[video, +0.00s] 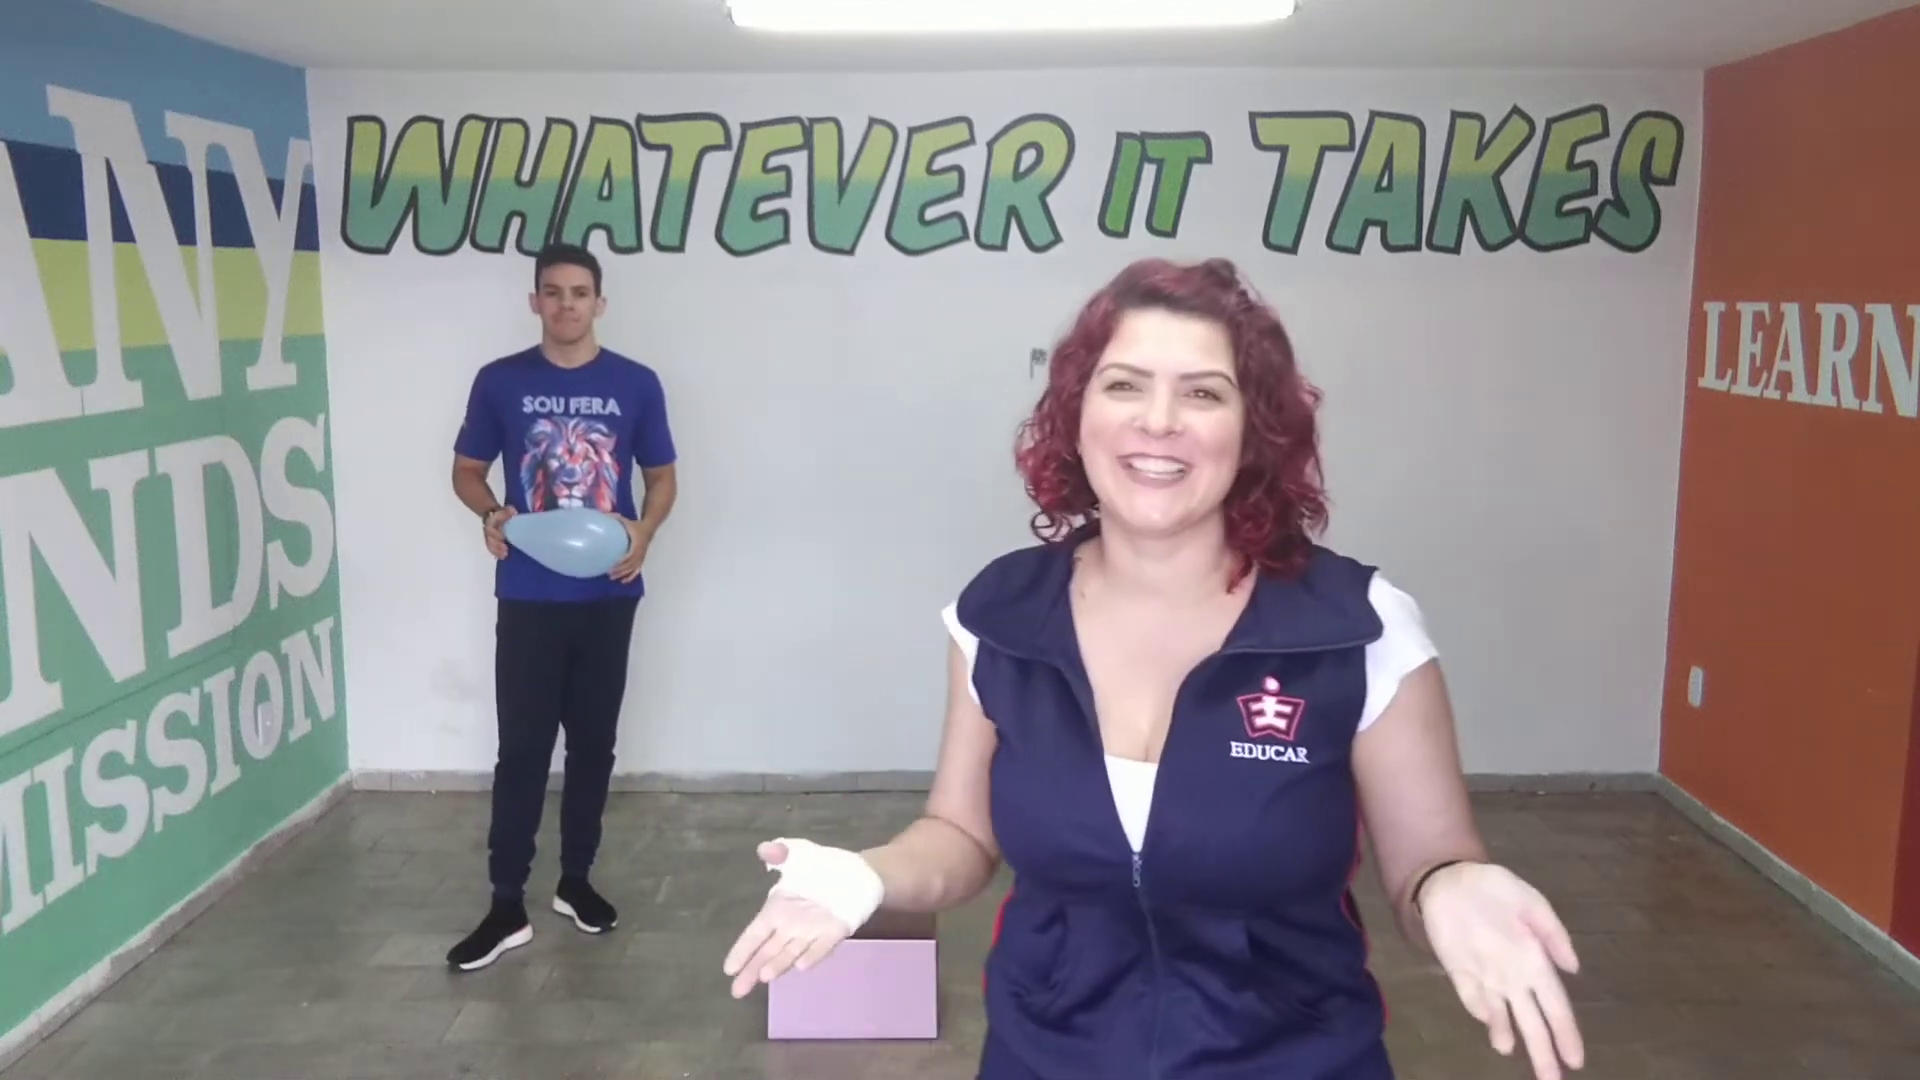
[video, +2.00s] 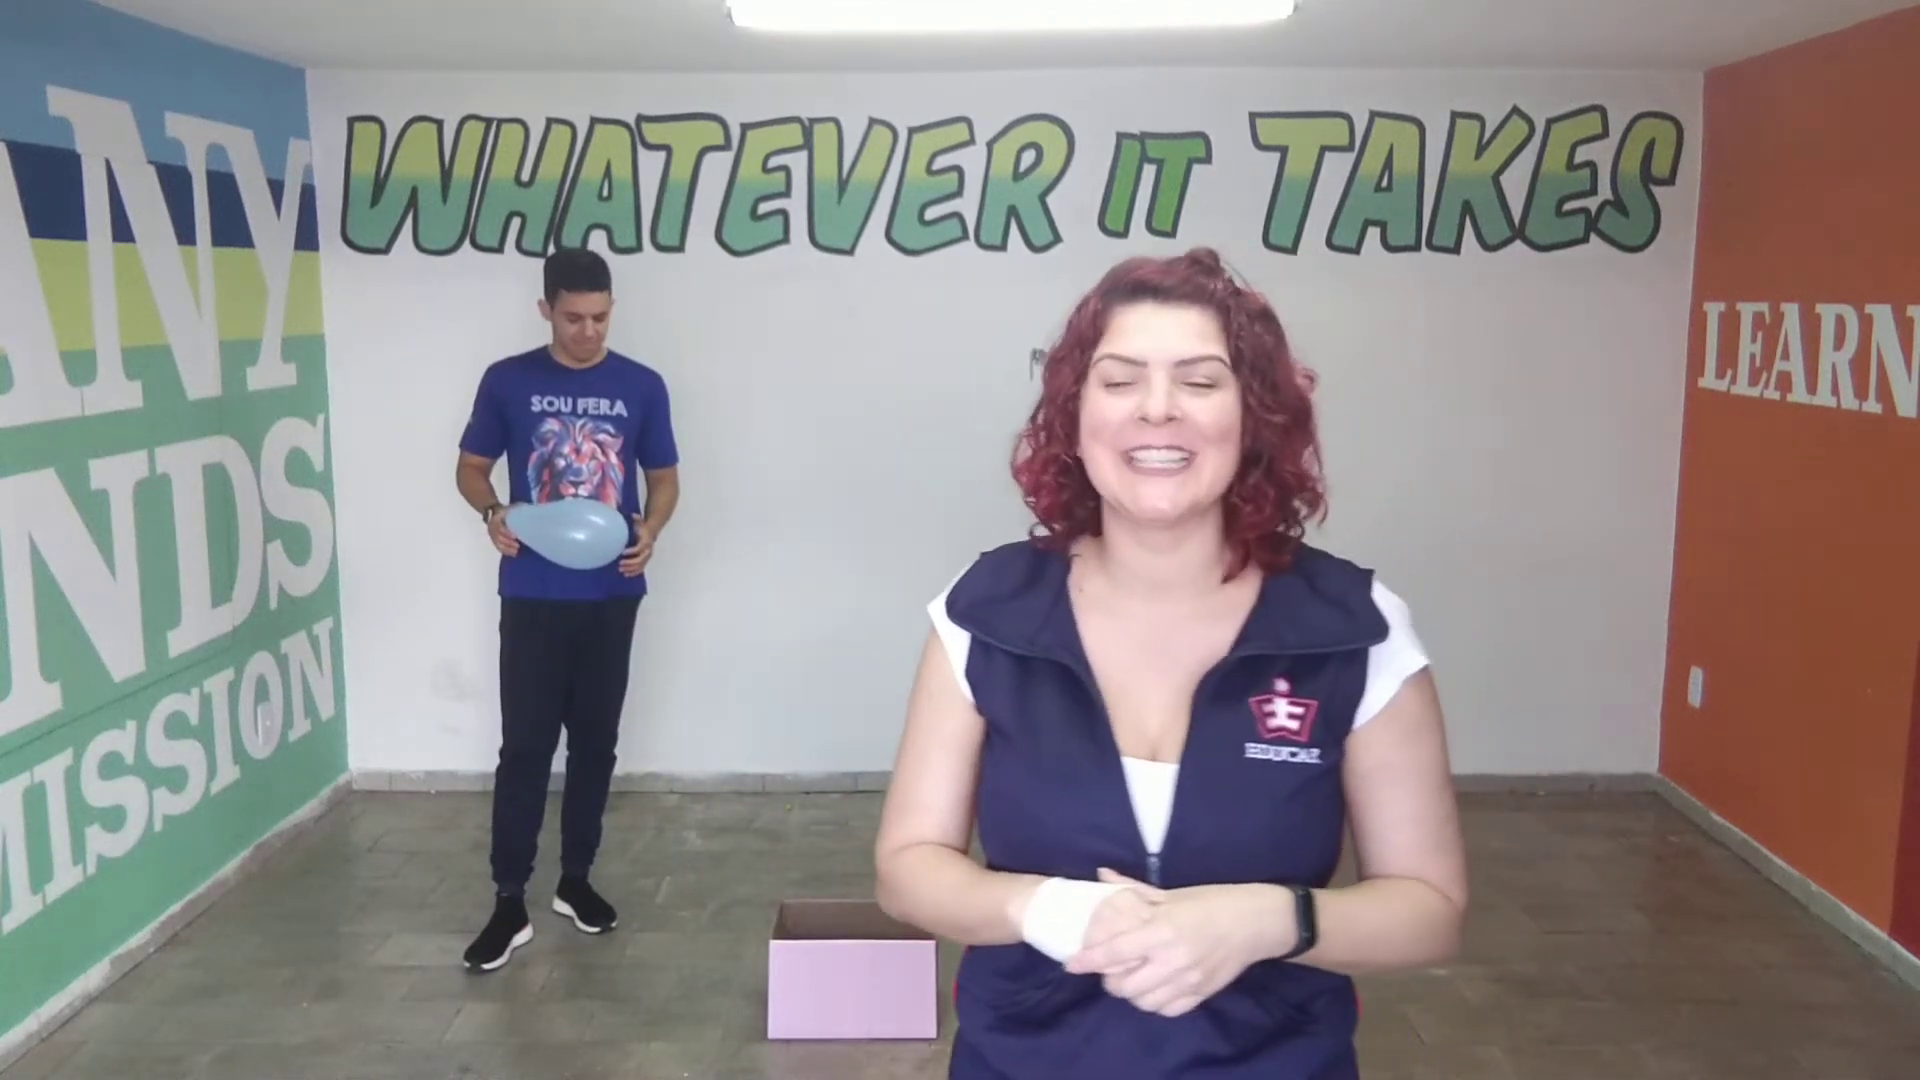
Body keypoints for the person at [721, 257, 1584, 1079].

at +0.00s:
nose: (1156, 422)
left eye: (1200, 393)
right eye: (1124, 386)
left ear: (1254, 430)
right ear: (1075, 411)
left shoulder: (1356, 627)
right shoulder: (1003, 613)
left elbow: (1430, 871)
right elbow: (958, 833)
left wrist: (1453, 882)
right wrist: (865, 876)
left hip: (1286, 1050)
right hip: (1050, 1048)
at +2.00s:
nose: (1157, 408)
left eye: (1199, 381)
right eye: (1121, 379)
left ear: (1254, 415)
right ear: (1073, 413)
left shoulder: (1349, 627)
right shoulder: (993, 609)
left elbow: (1430, 909)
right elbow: (907, 866)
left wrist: (1268, 919)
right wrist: (1052, 911)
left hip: (1271, 1062)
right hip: (1027, 1059)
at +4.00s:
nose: (915, 419)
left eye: (951, 391)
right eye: (879, 391)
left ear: (995, 425)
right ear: (836, 425)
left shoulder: (1076, 609)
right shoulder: (751, 611)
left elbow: (1130, 807)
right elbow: (676, 843)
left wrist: (1113, 873)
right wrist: (740, 888)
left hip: (1017, 1050)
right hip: (805, 1052)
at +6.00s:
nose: (1242, 395)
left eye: (1293, 376)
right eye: (1209, 364)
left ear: (1340, 444)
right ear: (1153, 410)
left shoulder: (1425, 659)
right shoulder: (1031, 618)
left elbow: (1483, 909)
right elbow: (940, 852)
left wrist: (1424, 994)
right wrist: (896, 940)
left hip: (1306, 1064)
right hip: (1061, 1059)